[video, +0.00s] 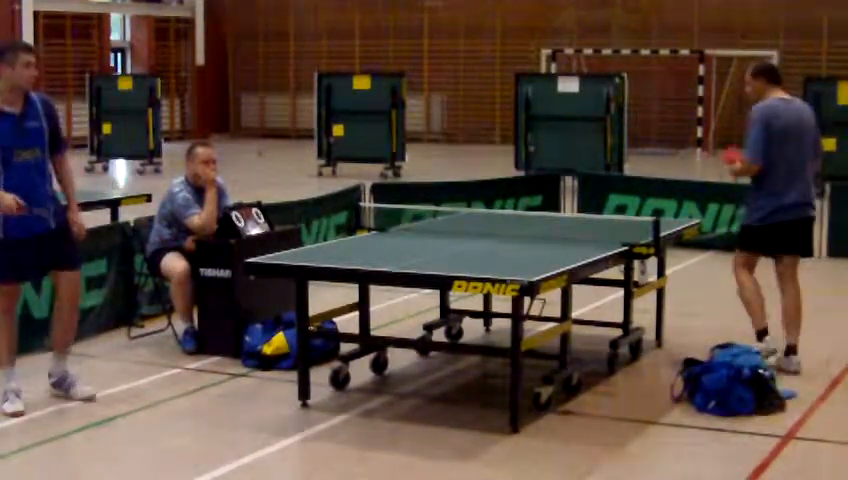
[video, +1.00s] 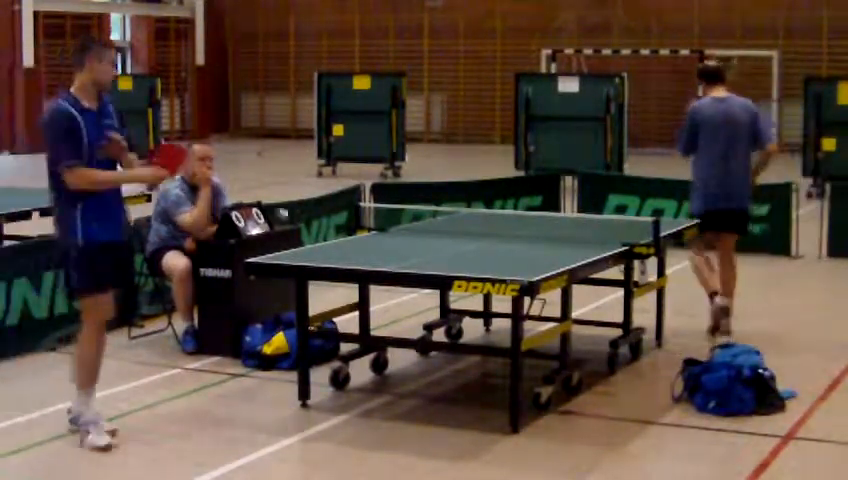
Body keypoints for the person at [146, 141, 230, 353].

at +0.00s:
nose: (212, 168)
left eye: (214, 163)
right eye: (206, 163)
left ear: (217, 165)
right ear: (190, 166)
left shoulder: (217, 187)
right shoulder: (179, 192)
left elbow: (227, 222)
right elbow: (205, 227)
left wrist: (197, 237)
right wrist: (211, 189)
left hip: (198, 241)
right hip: (165, 245)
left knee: (227, 262)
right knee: (181, 269)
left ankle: (222, 322)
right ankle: (188, 327)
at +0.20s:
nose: (212, 168)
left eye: (214, 163)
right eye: (206, 163)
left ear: (217, 165)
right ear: (190, 166)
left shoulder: (217, 187)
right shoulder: (179, 192)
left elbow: (227, 222)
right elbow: (205, 227)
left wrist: (197, 237)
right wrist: (211, 189)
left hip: (198, 241)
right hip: (165, 245)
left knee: (227, 262)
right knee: (181, 269)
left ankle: (222, 322)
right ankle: (188, 327)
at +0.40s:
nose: (212, 168)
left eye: (214, 163)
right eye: (206, 163)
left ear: (216, 164)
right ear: (190, 166)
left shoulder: (217, 187)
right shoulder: (178, 192)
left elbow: (226, 223)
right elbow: (205, 227)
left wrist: (196, 238)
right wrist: (211, 189)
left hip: (199, 241)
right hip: (166, 244)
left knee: (227, 262)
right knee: (181, 269)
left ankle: (222, 322)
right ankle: (188, 327)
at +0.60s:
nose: (212, 168)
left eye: (214, 163)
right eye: (206, 163)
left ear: (217, 165)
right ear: (190, 166)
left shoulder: (217, 187)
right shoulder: (178, 191)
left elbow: (227, 220)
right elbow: (205, 226)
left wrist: (198, 236)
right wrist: (211, 188)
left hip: (199, 241)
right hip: (166, 244)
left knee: (228, 262)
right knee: (181, 269)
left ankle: (223, 321)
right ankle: (188, 326)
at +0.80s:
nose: (212, 167)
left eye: (213, 162)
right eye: (206, 162)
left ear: (216, 164)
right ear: (189, 165)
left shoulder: (216, 187)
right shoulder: (178, 192)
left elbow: (227, 222)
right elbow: (204, 227)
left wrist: (198, 238)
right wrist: (210, 189)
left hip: (200, 240)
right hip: (166, 244)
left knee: (228, 261)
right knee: (182, 268)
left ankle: (224, 321)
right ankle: (189, 326)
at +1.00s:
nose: (207, 166)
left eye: (210, 161)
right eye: (202, 161)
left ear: (214, 165)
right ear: (187, 164)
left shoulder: (214, 188)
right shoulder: (171, 191)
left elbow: (224, 224)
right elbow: (195, 225)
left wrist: (199, 236)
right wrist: (205, 189)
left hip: (198, 241)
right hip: (165, 243)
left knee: (227, 260)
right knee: (183, 267)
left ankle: (222, 321)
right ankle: (188, 326)